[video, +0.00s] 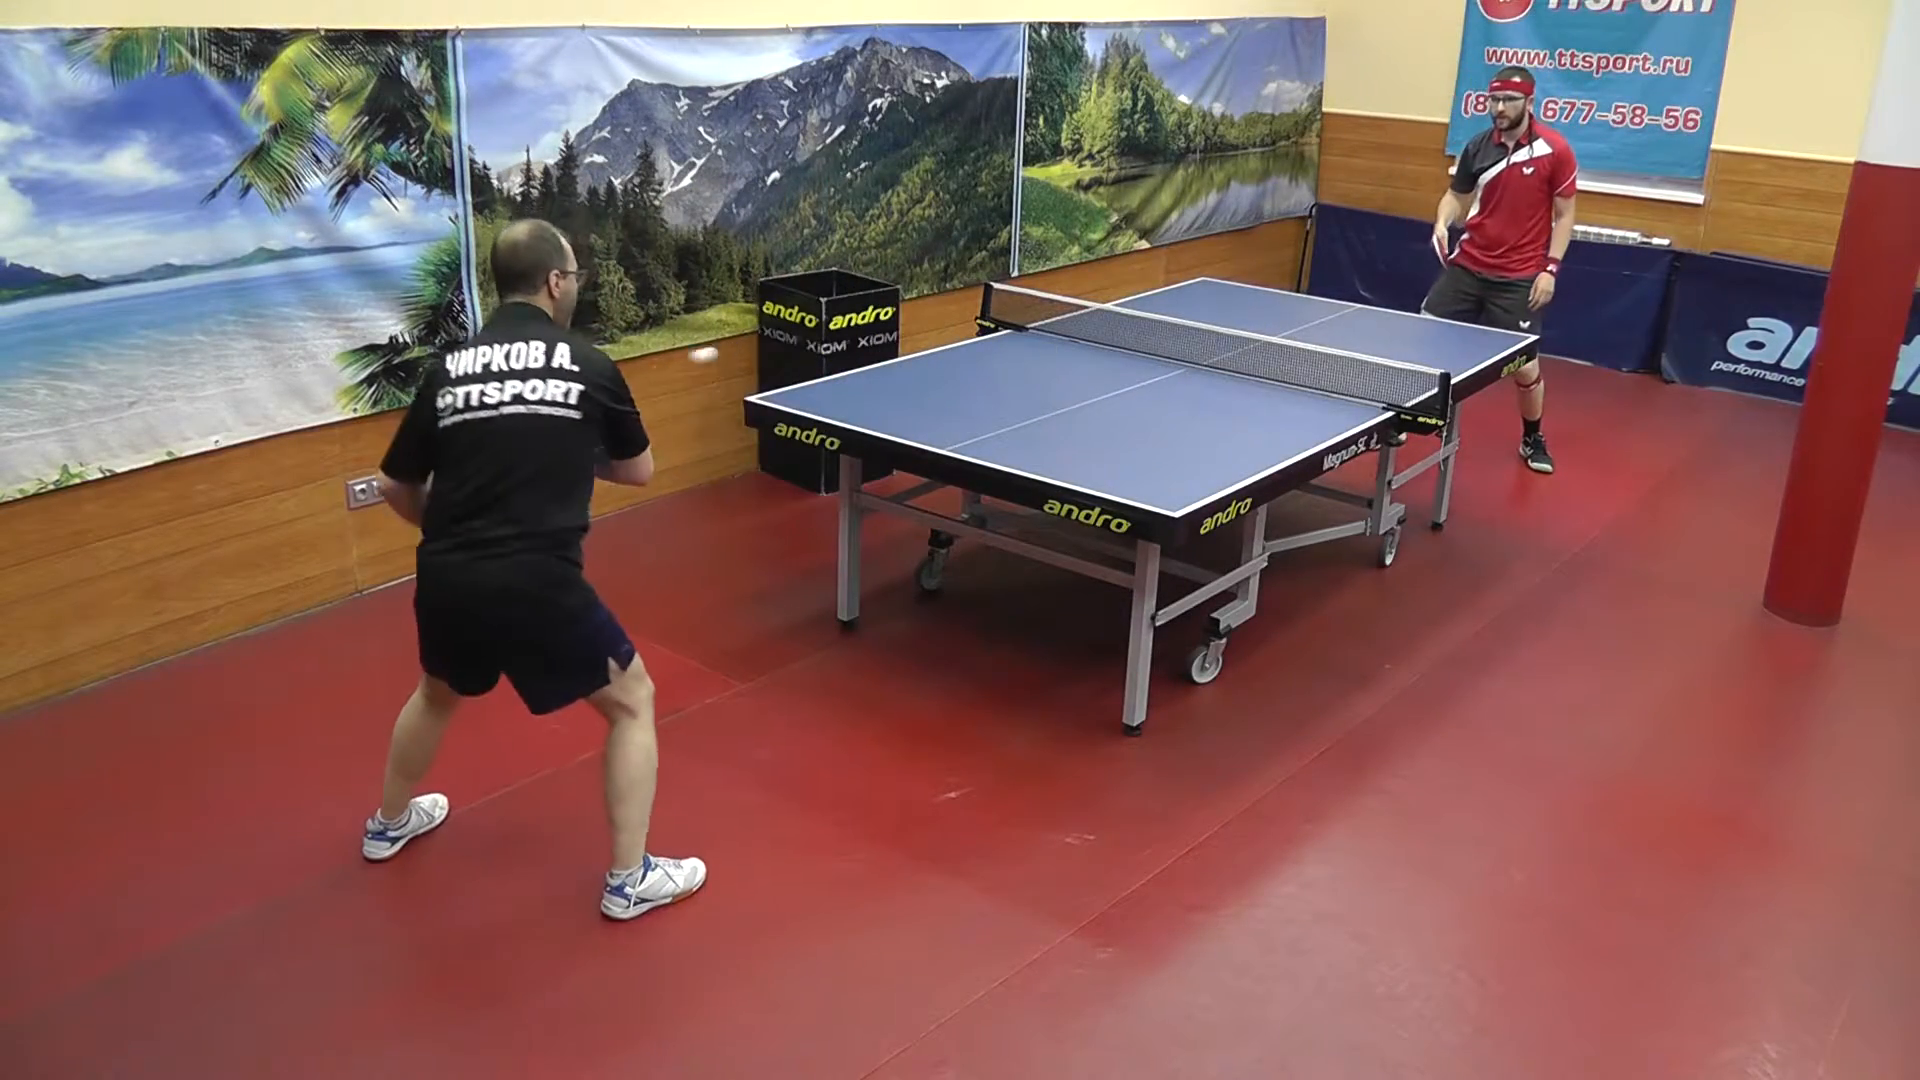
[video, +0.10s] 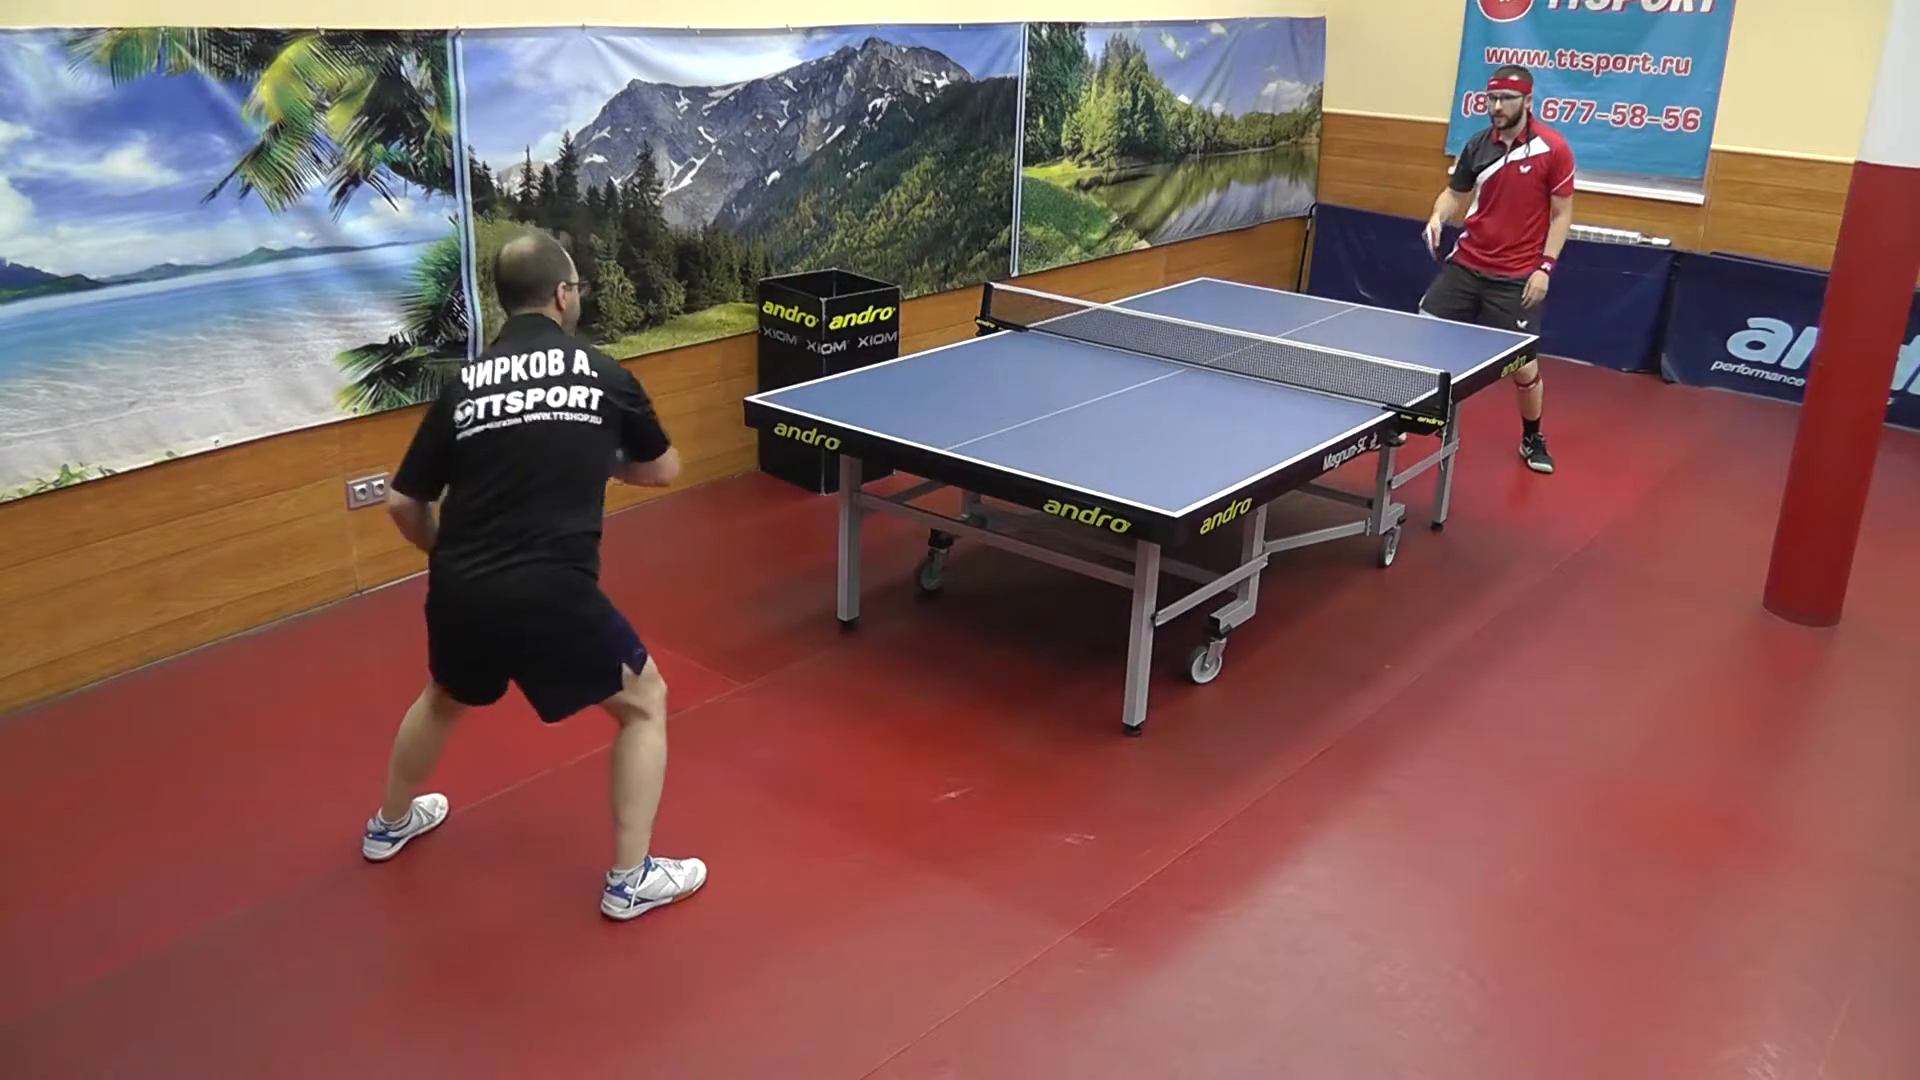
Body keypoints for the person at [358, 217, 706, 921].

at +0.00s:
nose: (576, 286)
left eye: (572, 273)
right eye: (572, 275)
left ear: (501, 284)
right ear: (554, 281)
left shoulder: (452, 365)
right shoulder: (587, 364)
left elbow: (398, 483)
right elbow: (637, 470)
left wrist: (448, 526)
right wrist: (566, 454)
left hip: (448, 580)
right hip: (540, 583)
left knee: (436, 693)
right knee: (631, 699)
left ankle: (388, 820)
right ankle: (630, 874)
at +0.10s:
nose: (579, 297)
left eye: (575, 285)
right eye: (576, 287)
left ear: (504, 299)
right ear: (564, 294)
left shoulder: (464, 379)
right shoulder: (600, 373)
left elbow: (405, 501)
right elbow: (664, 470)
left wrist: (446, 546)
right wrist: (598, 455)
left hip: (460, 591)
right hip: (553, 591)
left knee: (443, 697)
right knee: (643, 700)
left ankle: (390, 821)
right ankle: (630, 874)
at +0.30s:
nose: (592, 281)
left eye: (588, 270)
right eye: (588, 271)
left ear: (515, 293)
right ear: (573, 284)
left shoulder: (480, 377)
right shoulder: (619, 365)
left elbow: (423, 495)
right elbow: (744, 413)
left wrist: (471, 546)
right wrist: (848, 436)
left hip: (473, 586)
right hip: (565, 589)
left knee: (442, 701)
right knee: (649, 702)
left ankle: (388, 821)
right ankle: (630, 874)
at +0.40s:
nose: (603, 271)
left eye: (596, 260)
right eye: (598, 261)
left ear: (527, 285)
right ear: (583, 277)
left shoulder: (487, 370)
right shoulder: (626, 359)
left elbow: (431, 483)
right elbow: (753, 402)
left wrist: (481, 534)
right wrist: (868, 405)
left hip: (476, 574)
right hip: (567, 581)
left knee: (438, 702)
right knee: (646, 700)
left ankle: (388, 820)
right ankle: (630, 875)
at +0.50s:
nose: (612, 270)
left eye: (607, 258)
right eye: (606, 259)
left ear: (540, 275)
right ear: (588, 273)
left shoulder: (494, 357)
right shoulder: (622, 353)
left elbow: (435, 463)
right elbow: (732, 401)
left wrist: (483, 522)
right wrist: (856, 405)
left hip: (476, 567)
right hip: (564, 574)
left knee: (436, 700)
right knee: (643, 700)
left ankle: (388, 821)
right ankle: (630, 874)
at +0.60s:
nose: (618, 267)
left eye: (613, 255)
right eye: (613, 257)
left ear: (545, 271)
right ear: (593, 269)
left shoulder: (499, 348)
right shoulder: (618, 351)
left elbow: (439, 440)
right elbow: (714, 414)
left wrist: (498, 494)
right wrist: (842, 431)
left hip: (468, 558)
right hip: (555, 567)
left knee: (440, 690)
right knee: (634, 705)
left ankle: (389, 817)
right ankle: (630, 876)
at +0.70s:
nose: (620, 264)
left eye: (617, 252)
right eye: (614, 255)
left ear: (547, 268)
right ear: (593, 267)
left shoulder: (499, 340)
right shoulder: (614, 352)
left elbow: (441, 429)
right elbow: (703, 437)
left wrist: (496, 475)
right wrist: (827, 476)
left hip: (461, 548)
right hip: (545, 562)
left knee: (454, 664)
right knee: (622, 705)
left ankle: (389, 795)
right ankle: (628, 877)